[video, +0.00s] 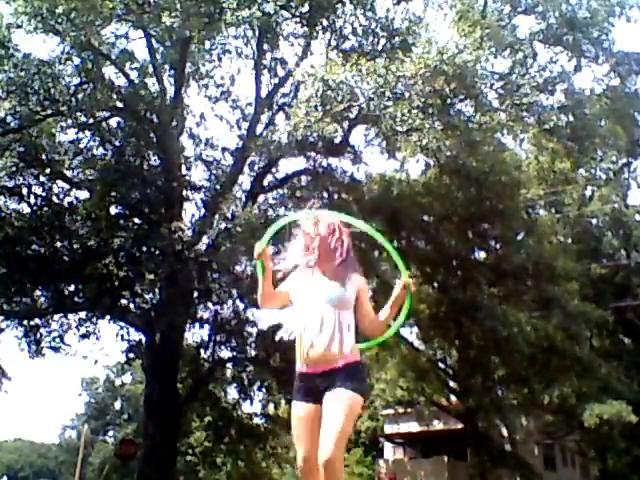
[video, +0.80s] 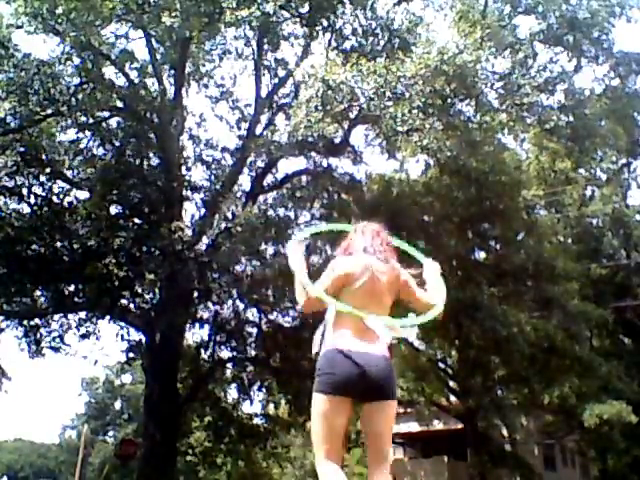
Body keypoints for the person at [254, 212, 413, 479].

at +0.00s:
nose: (306, 242)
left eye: (312, 235)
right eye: (304, 235)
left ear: (333, 241)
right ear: (302, 239)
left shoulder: (354, 281)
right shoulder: (300, 277)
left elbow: (372, 329)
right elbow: (267, 302)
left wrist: (397, 298)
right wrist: (266, 267)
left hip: (345, 375)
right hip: (306, 378)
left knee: (328, 459)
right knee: (304, 462)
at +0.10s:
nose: (337, 240)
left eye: (344, 233)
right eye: (332, 233)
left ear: (353, 243)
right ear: (320, 240)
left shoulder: (360, 286)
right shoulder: (304, 279)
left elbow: (399, 309)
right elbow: (269, 318)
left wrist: (397, 271)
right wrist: (264, 284)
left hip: (360, 378)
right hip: (315, 378)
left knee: (353, 460)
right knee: (306, 466)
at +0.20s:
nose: (359, 246)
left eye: (362, 241)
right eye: (352, 240)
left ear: (364, 245)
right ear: (332, 243)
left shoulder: (365, 281)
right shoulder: (316, 277)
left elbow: (392, 278)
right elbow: (279, 312)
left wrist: (387, 249)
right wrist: (278, 304)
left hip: (363, 380)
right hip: (324, 377)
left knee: (361, 463)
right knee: (343, 457)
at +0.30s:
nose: (377, 253)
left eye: (380, 247)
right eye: (373, 244)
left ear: (379, 250)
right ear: (355, 242)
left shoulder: (372, 277)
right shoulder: (330, 273)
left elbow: (387, 267)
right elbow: (276, 282)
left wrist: (410, 263)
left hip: (365, 378)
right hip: (336, 372)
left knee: (354, 462)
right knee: (370, 454)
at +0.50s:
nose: (397, 244)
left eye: (396, 238)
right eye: (392, 235)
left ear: (389, 245)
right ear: (376, 236)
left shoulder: (347, 277)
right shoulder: (365, 256)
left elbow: (324, 322)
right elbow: (366, 204)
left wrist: (361, 339)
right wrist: (400, 210)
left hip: (335, 370)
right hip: (359, 367)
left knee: (363, 463)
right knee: (381, 460)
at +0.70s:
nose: (395, 245)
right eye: (391, 240)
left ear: (351, 243)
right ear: (385, 241)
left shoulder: (335, 269)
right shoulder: (394, 261)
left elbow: (329, 312)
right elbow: (441, 245)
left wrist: (300, 315)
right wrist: (416, 226)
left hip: (335, 365)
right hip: (380, 365)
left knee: (335, 459)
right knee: (381, 461)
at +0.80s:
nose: (346, 245)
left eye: (349, 240)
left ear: (352, 242)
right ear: (386, 245)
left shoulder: (344, 266)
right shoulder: (397, 275)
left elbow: (307, 303)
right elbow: (432, 305)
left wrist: (297, 263)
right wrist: (434, 274)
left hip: (337, 360)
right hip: (380, 365)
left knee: (328, 460)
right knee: (381, 464)